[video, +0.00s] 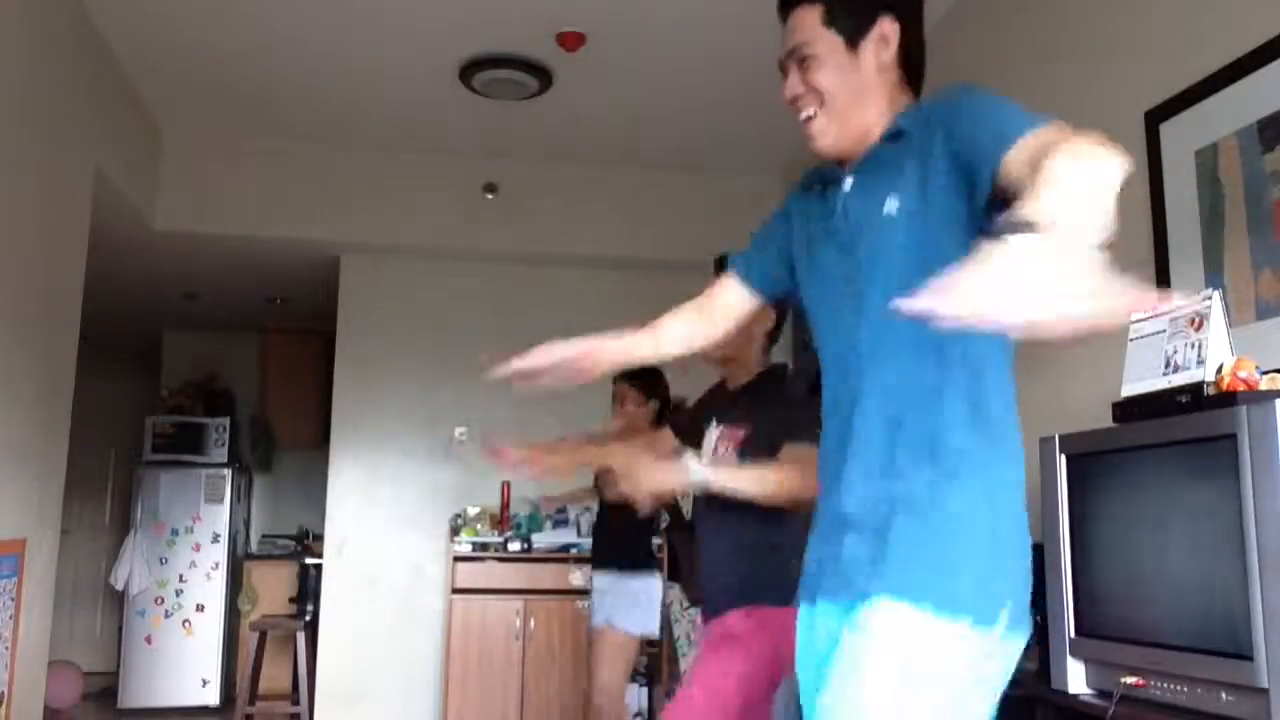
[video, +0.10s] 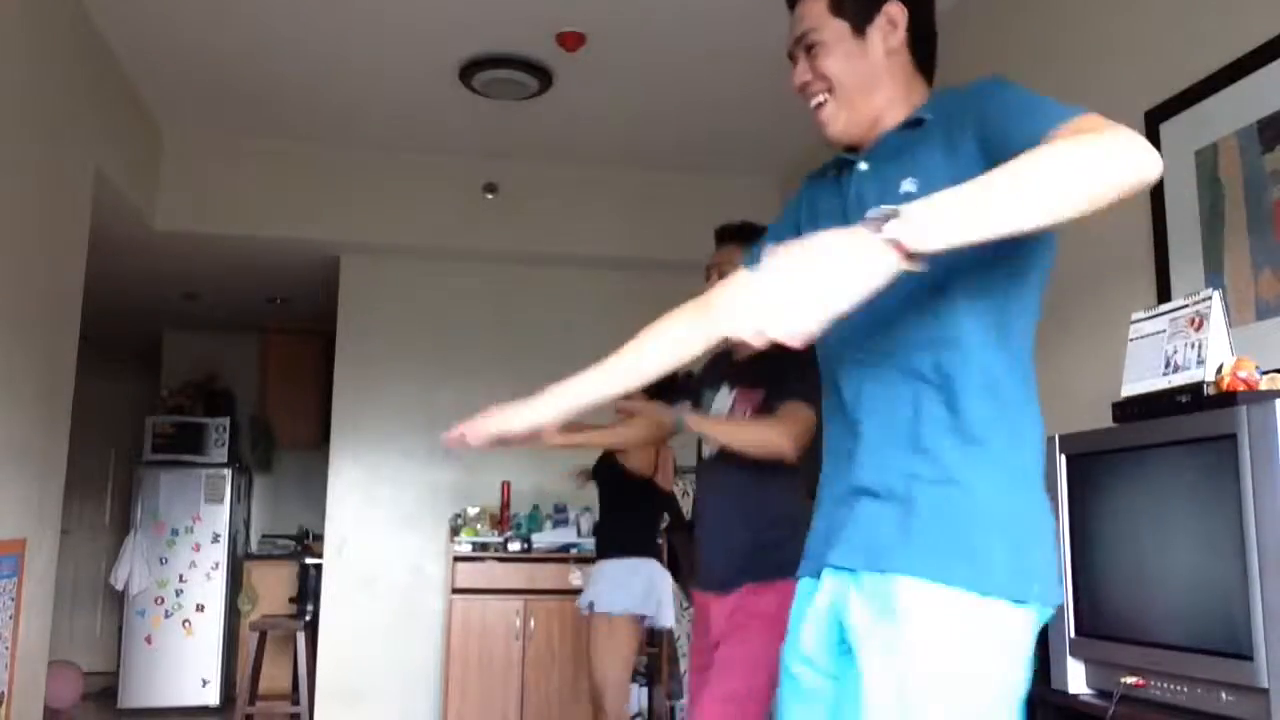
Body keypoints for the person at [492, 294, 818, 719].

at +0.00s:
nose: (719, 325)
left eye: (735, 312)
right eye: (719, 310)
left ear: (768, 320)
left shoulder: (790, 391)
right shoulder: (716, 400)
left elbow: (802, 480)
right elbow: (656, 445)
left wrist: (689, 473)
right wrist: (565, 454)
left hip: (768, 606)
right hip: (717, 604)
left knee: (690, 708)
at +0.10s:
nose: (717, 287)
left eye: (731, 273)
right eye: (713, 275)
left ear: (767, 276)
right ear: (707, 281)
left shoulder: (797, 360)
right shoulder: (714, 367)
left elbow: (788, 440)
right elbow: (651, 429)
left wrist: (686, 417)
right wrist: (569, 437)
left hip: (769, 580)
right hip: (710, 581)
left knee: (730, 710)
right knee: (705, 708)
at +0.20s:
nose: (717, 286)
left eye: (729, 272)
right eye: (713, 274)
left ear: (768, 276)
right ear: (709, 280)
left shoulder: (798, 347)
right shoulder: (708, 361)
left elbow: (781, 433)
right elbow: (637, 437)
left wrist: (694, 417)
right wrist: (562, 437)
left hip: (772, 587)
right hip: (698, 583)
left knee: (766, 710)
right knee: (689, 710)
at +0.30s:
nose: (714, 307)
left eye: (730, 294)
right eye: (714, 293)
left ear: (769, 302)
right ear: (712, 299)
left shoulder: (803, 379)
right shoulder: (720, 386)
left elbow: (795, 478)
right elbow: (659, 460)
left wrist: (691, 451)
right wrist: (580, 447)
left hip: (778, 620)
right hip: (700, 613)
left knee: (776, 712)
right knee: (691, 713)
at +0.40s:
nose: (718, 316)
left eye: (731, 301)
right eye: (713, 303)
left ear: (774, 310)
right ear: (710, 310)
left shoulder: (803, 393)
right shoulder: (721, 399)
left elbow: (811, 483)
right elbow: (663, 457)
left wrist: (700, 449)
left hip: (779, 638)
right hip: (704, 630)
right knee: (669, 711)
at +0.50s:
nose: (705, 300)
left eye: (717, 287)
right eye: (706, 287)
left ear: (762, 298)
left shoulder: (794, 371)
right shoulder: (711, 375)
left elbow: (824, 441)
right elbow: (657, 431)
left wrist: (738, 394)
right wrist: (568, 424)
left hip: (773, 617)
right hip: (707, 613)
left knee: (767, 713)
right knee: (665, 711)